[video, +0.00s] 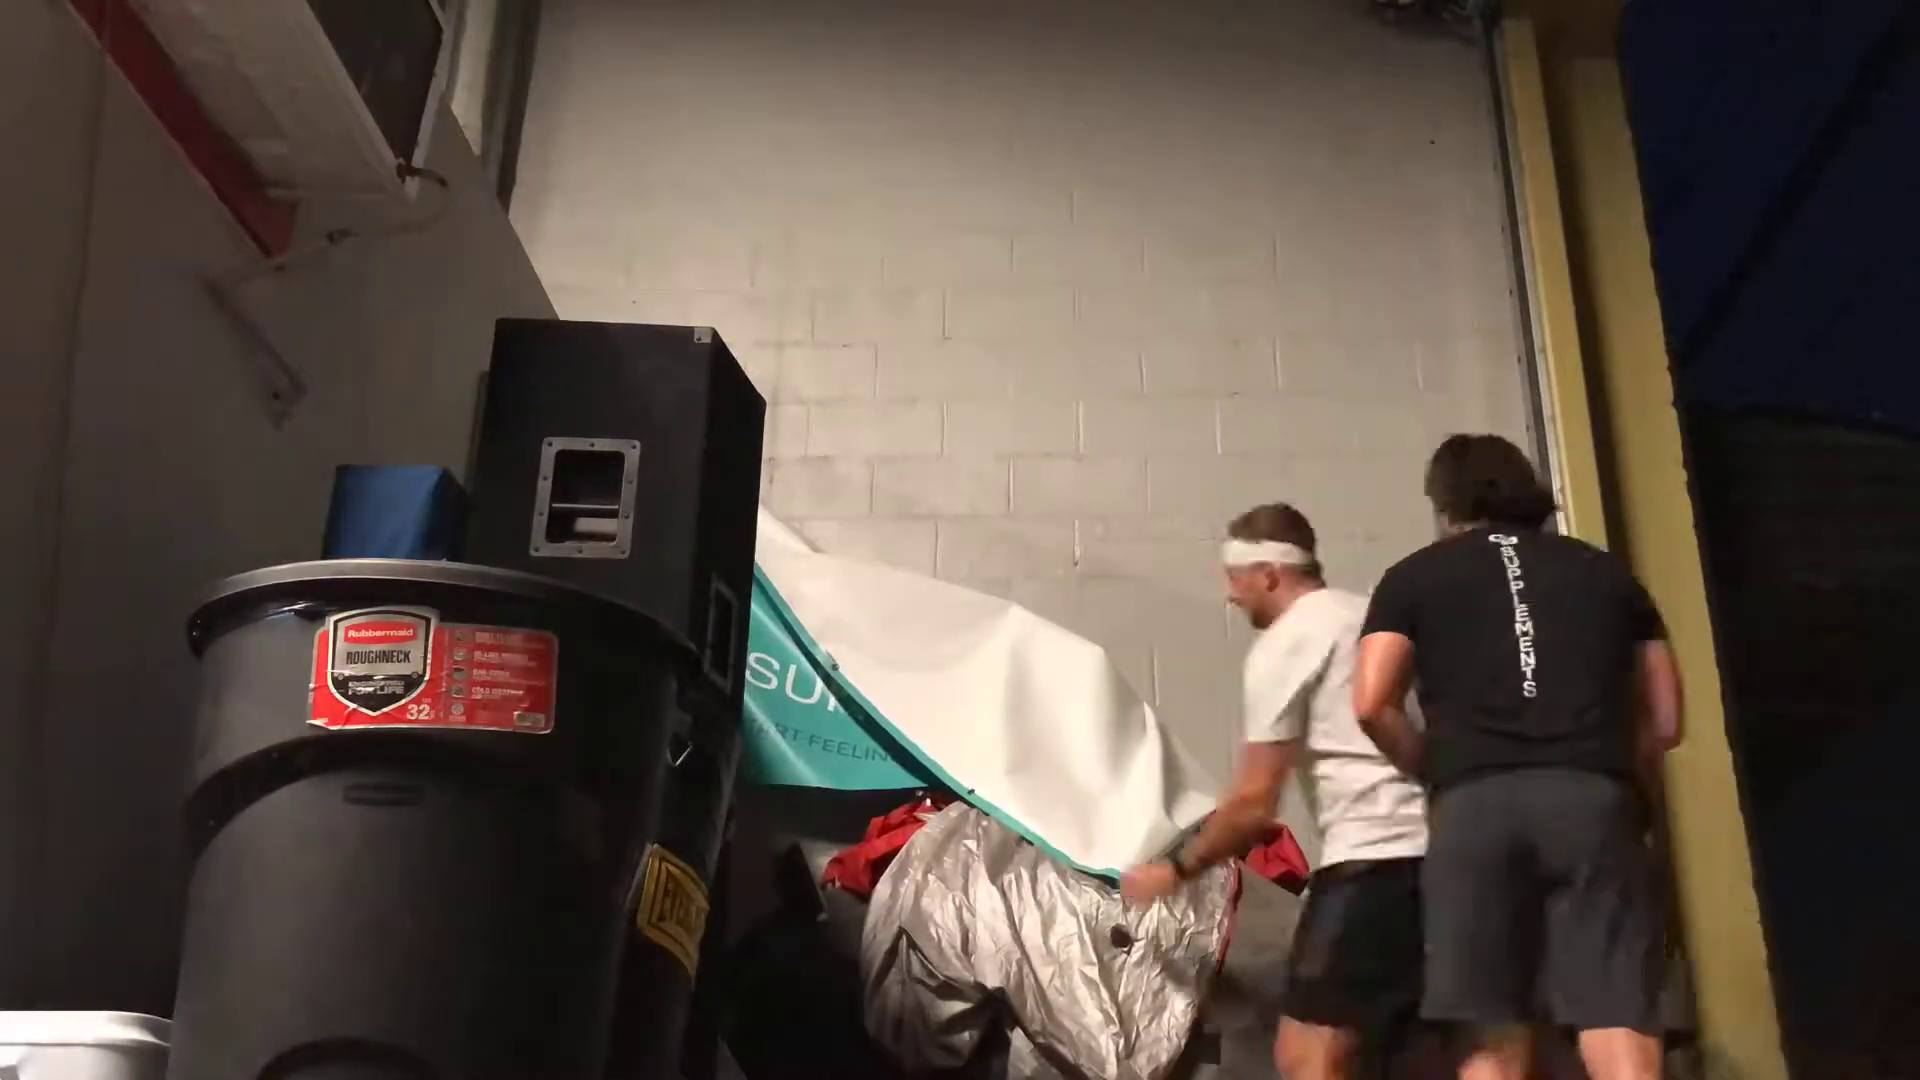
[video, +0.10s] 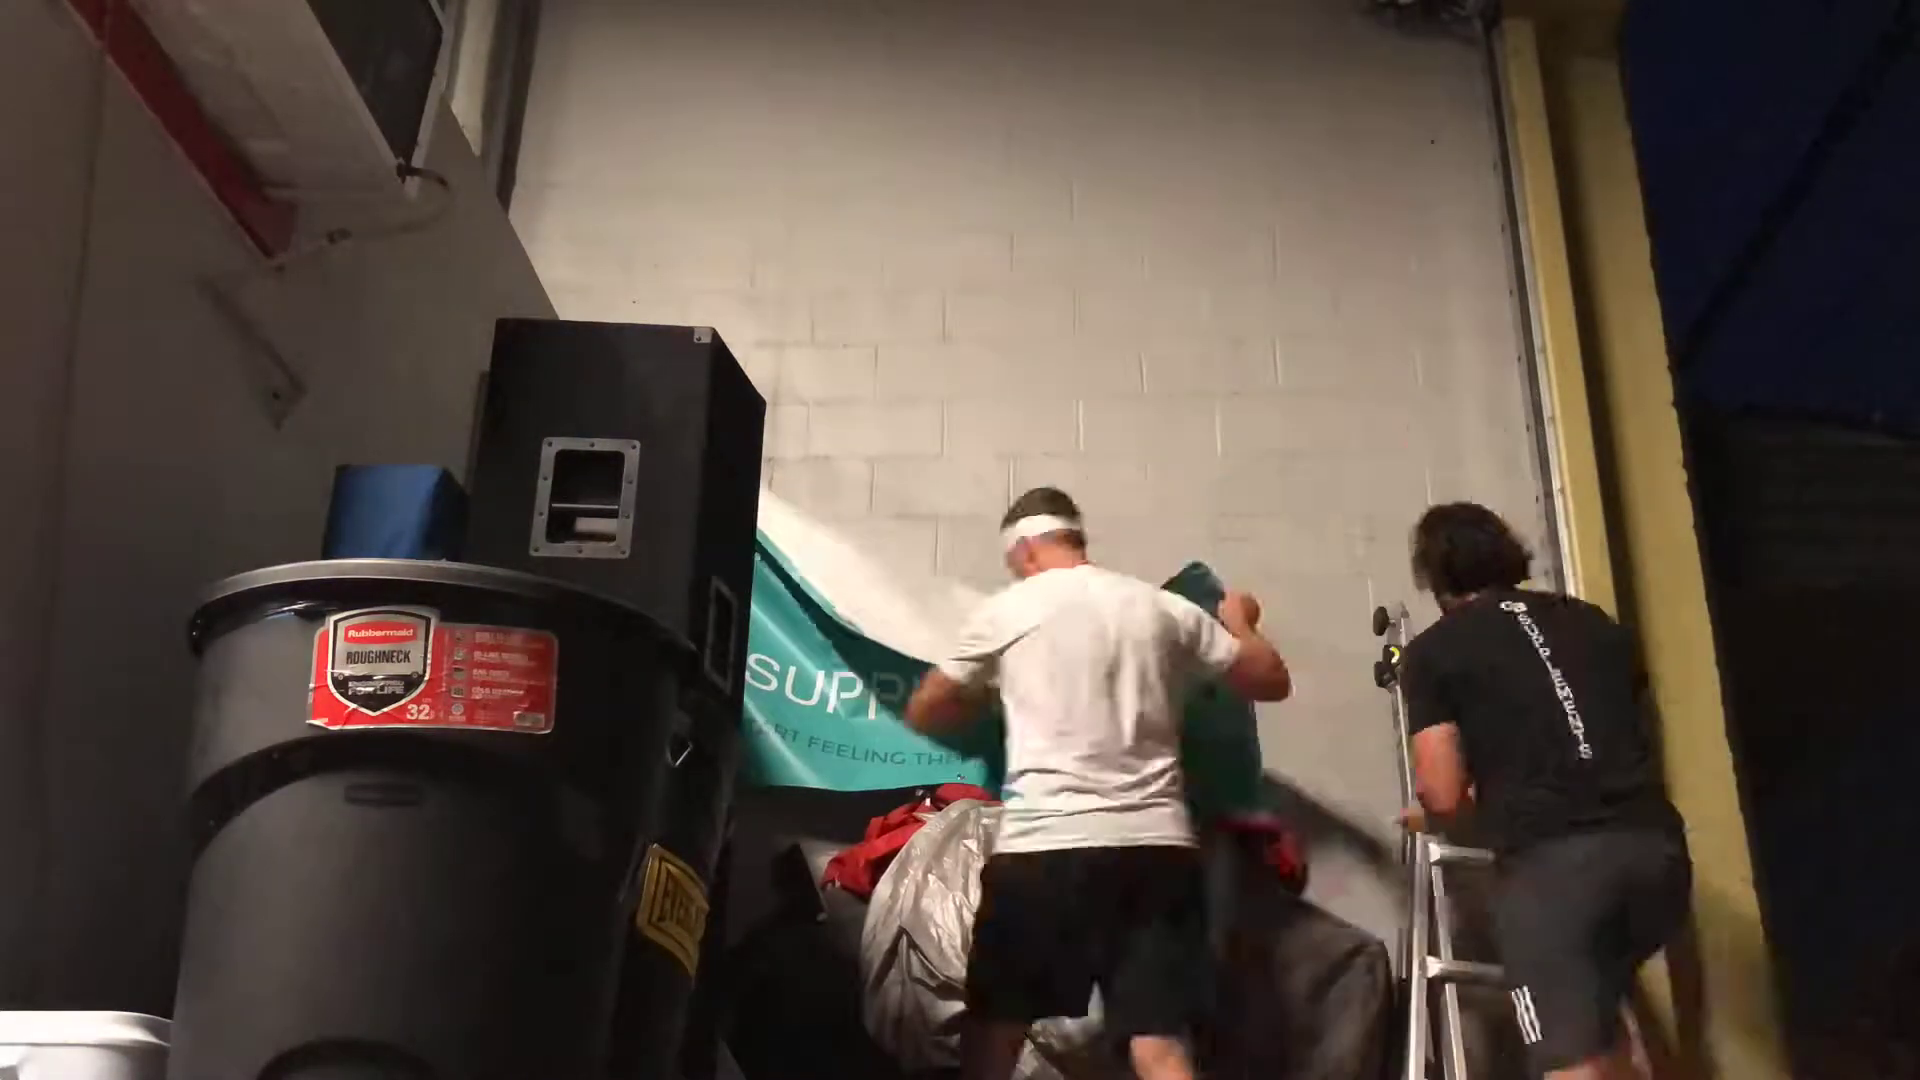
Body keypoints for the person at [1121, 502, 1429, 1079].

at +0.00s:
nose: (1231, 593)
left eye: (1233, 577)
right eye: (1228, 579)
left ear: (1270, 573)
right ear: (1298, 565)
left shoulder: (1283, 645)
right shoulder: (1370, 615)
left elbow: (1255, 805)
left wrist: (1174, 868)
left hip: (1365, 865)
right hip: (1427, 854)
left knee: (1306, 1055)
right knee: (1400, 1050)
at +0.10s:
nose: (1015, 568)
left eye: (1013, 557)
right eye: (1014, 559)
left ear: (1023, 551)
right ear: (1083, 543)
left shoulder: (1005, 612)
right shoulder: (1160, 607)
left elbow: (926, 711)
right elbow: (1271, 680)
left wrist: (994, 700)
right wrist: (1241, 623)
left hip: (1039, 864)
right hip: (1158, 859)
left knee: (993, 1045)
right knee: (1162, 1049)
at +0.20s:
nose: (1081, 566)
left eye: (1077, 559)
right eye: (1078, 559)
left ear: (1010, 570)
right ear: (1073, 564)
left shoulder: (971, 625)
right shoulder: (1112, 627)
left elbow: (941, 589)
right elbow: (1232, 617)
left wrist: (986, 554)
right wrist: (1278, 571)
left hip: (994, 872)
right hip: (1089, 867)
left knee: (995, 1047)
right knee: (1081, 1048)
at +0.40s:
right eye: (1154, 564)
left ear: (1087, 584)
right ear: (1152, 575)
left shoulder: (1055, 642)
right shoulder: (1200, 633)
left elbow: (1007, 616)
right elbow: (1275, 591)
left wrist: (1042, 578)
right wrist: (1286, 537)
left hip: (1090, 884)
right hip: (1188, 877)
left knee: (1108, 1059)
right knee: (1185, 1053)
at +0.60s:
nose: (1268, 608)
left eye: (1265, 599)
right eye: (1267, 598)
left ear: (1199, 607)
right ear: (1260, 600)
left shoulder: (1149, 660)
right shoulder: (1282, 671)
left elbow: (1160, 743)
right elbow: (1345, 746)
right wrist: (1383, 765)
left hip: (1142, 874)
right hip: (1243, 875)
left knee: (1129, 1043)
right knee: (1251, 1048)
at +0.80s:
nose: (1240, 578)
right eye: (1238, 571)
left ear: (1170, 590)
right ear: (1238, 581)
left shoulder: (1131, 665)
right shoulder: (1286, 660)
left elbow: (1099, 783)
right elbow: (1337, 783)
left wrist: (1162, 779)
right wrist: (1329, 827)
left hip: (1154, 891)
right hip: (1259, 890)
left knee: (1152, 1055)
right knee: (1258, 1060)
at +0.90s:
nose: (1243, 535)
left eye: (1246, 525)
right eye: (1246, 524)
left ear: (1258, 533)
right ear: (1324, 536)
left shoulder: (1207, 613)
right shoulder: (1386, 619)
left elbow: (1166, 747)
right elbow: (1437, 763)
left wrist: (1228, 772)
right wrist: (1370, 789)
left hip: (1238, 858)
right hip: (1357, 856)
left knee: (1198, 1037)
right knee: (1346, 1040)